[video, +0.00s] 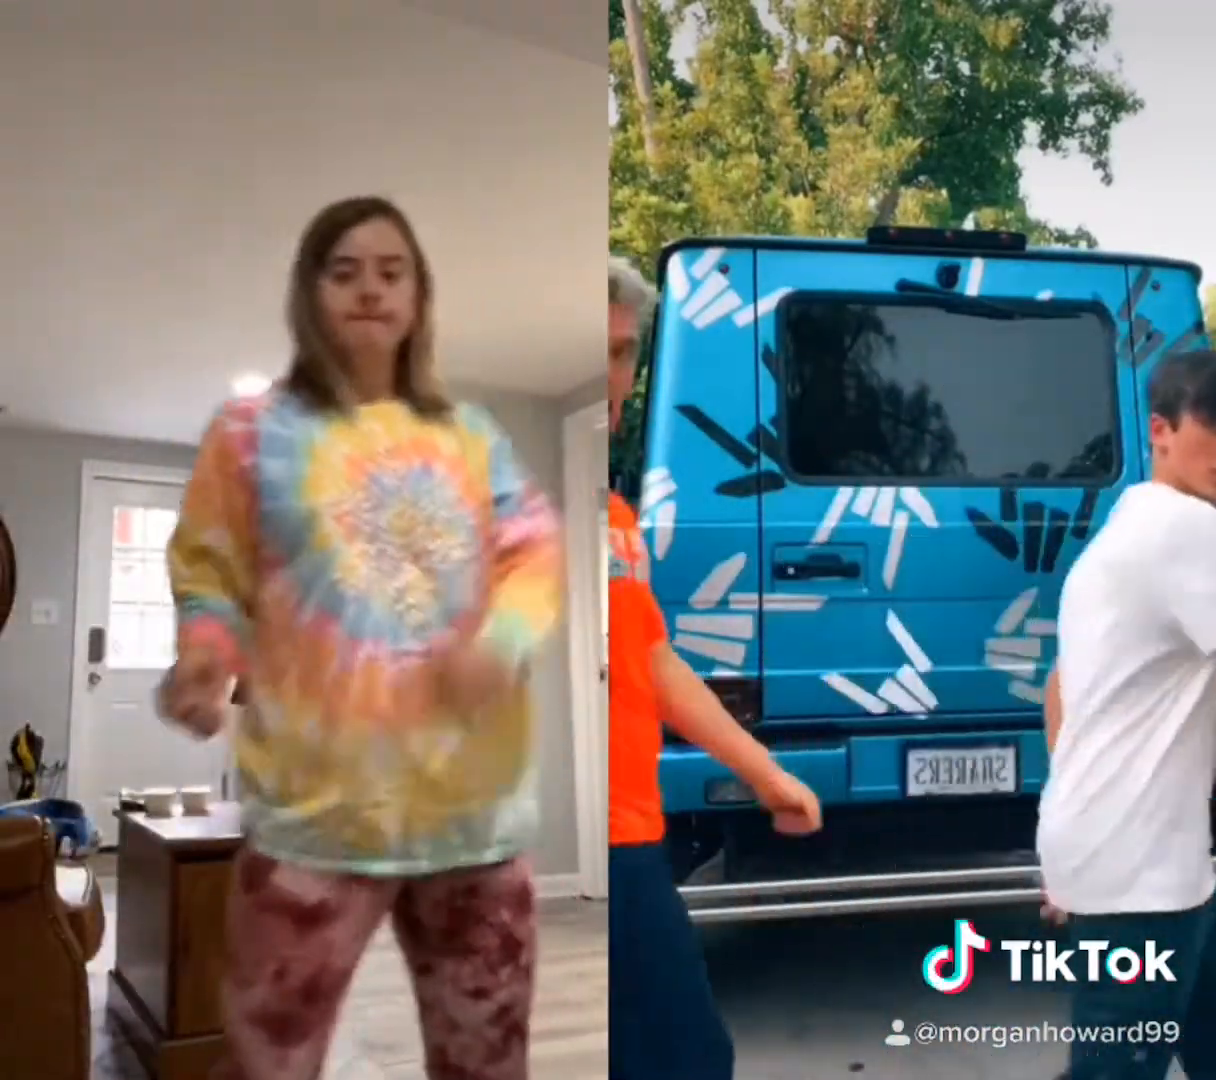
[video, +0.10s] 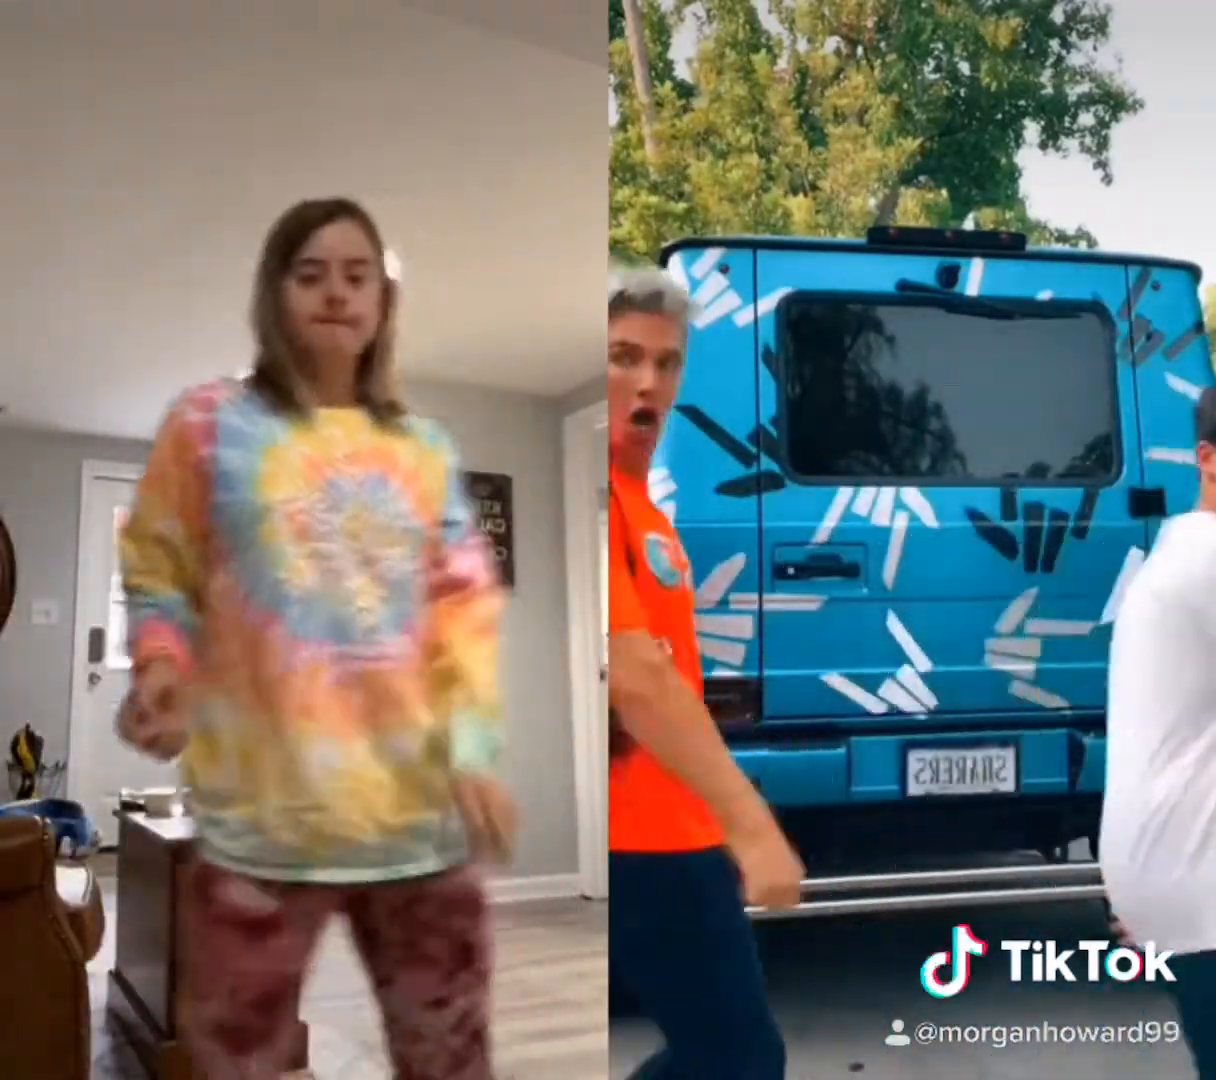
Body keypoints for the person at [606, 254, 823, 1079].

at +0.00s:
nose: (622, 379)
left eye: (628, 355)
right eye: (610, 352)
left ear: (633, 366)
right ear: (562, 355)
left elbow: (654, 661)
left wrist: (764, 773)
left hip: (629, 839)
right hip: (585, 840)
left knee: (679, 1053)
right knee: (694, 1053)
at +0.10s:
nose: (646, 385)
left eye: (665, 363)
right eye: (624, 358)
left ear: (682, 374)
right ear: (582, 365)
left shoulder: (636, 500)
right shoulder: (586, 494)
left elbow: (654, 669)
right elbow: (634, 677)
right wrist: (750, 825)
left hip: (676, 839)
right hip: (645, 844)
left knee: (715, 1049)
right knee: (740, 1055)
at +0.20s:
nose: (694, 390)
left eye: (711, 371)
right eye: (671, 364)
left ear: (726, 384)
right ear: (621, 380)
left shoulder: (666, 492)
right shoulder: (625, 490)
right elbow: (738, 651)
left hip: (716, 832)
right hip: (666, 843)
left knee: (827, 997)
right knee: (777, 1058)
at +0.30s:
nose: (735, 390)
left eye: (751, 370)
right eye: (711, 364)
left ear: (763, 382)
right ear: (661, 378)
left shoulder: (707, 491)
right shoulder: (662, 482)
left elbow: (661, 669)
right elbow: (784, 635)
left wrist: (634, 808)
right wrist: (943, 715)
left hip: (759, 825)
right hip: (707, 839)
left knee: (871, 987)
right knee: (807, 1058)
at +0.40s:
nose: (759, 404)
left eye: (776, 385)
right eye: (738, 380)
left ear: (789, 395)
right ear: (690, 389)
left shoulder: (736, 503)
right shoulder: (690, 495)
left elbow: (728, 686)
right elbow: (801, 653)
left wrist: (680, 816)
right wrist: (939, 752)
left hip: (804, 824)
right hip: (753, 842)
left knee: (912, 1002)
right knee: (855, 1056)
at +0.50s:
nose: (776, 443)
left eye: (792, 423)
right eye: (755, 419)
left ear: (806, 431)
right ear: (707, 427)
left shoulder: (749, 534)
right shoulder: (710, 536)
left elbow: (782, 709)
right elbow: (769, 720)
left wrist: (863, 853)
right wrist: (877, 861)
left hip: (821, 867)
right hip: (790, 879)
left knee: (957, 990)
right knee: (911, 1053)